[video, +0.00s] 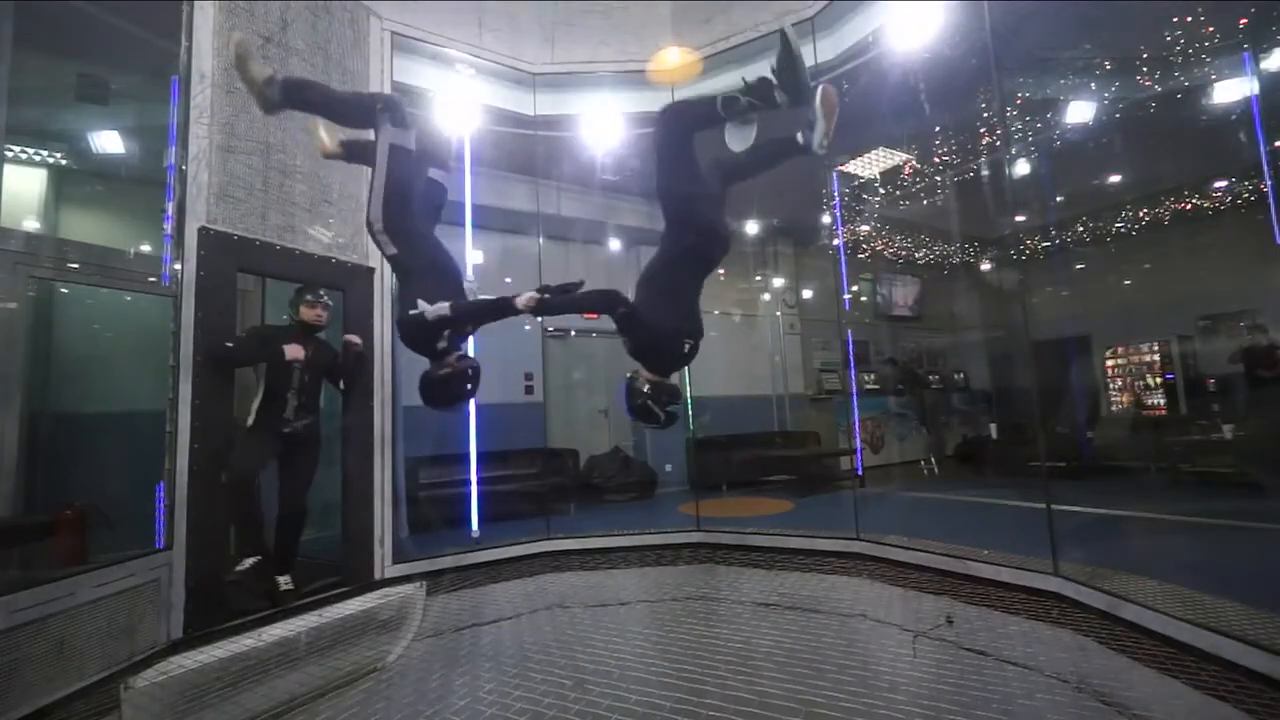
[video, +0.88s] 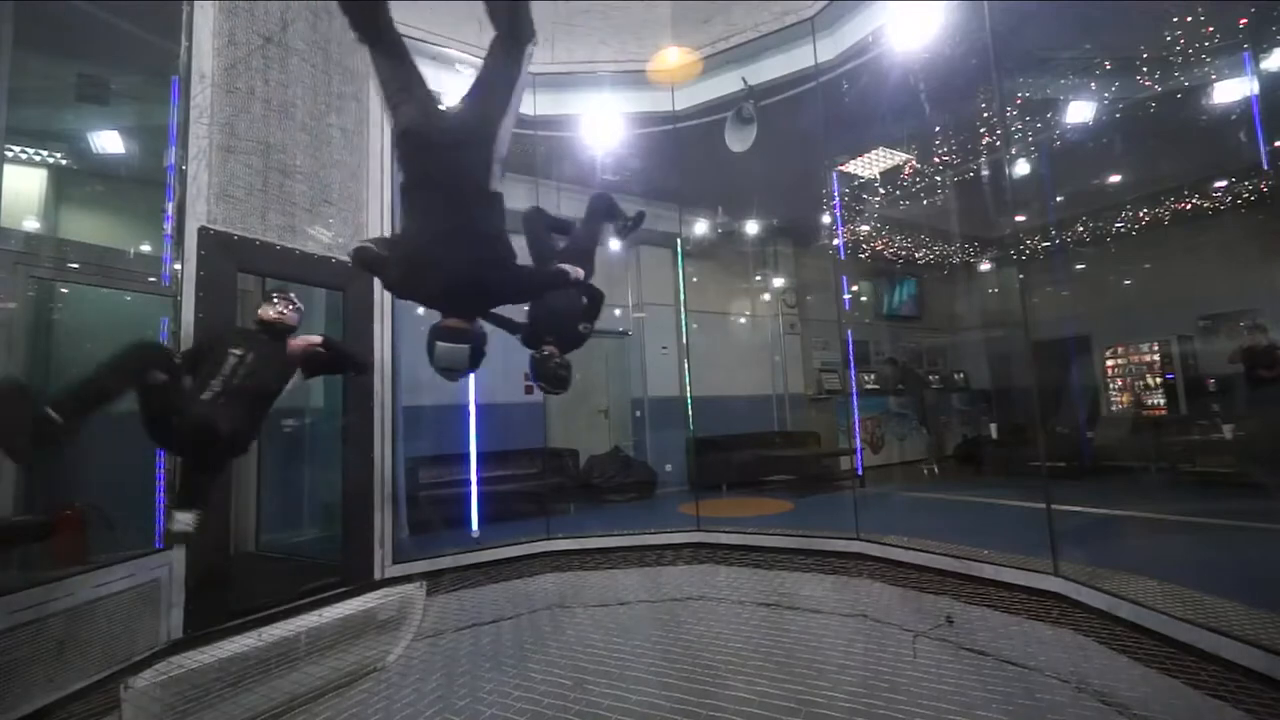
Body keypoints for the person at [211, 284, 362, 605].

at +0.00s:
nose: (319, 312)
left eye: (324, 308)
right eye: (312, 306)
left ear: (329, 314)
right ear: (296, 308)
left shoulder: (325, 351)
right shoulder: (268, 335)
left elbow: (348, 386)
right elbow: (229, 352)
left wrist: (354, 355)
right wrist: (278, 351)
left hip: (303, 436)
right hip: (265, 431)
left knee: (294, 502)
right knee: (240, 478)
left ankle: (283, 571)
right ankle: (252, 552)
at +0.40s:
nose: (314, 315)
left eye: (318, 310)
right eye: (306, 310)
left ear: (321, 318)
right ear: (288, 315)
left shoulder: (318, 352)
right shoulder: (262, 345)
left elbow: (340, 357)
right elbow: (218, 371)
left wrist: (357, 355)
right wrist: (262, 363)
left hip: (298, 440)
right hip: (259, 434)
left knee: (303, 516)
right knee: (226, 452)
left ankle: (282, 575)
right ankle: (211, 529)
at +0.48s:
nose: (310, 317)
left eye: (314, 313)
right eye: (301, 312)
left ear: (320, 322)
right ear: (284, 320)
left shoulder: (317, 355)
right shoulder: (262, 347)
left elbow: (335, 357)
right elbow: (209, 365)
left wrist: (352, 361)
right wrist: (252, 363)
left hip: (295, 446)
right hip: (256, 438)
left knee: (301, 517)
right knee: (216, 445)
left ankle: (281, 577)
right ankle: (191, 518)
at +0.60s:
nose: (305, 312)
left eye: (310, 309)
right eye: (297, 306)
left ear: (314, 321)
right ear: (280, 313)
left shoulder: (312, 352)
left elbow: (329, 356)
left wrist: (341, 356)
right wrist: (218, 349)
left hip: (282, 440)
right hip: (243, 431)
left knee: (288, 516)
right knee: (204, 426)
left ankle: (279, 575)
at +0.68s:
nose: (299, 306)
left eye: (305, 304)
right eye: (291, 301)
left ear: (309, 318)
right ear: (275, 308)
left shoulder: (309, 349)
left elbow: (364, 356)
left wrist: (338, 350)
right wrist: (182, 349)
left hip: (265, 434)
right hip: (222, 419)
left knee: (270, 518)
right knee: (194, 418)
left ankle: (265, 553)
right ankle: (124, 466)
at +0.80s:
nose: (287, 305)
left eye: (294, 304)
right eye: (280, 300)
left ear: (300, 318)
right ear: (263, 307)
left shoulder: (301, 350)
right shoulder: (231, 331)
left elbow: (363, 360)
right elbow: (180, 352)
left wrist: (333, 348)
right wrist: (175, 355)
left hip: (239, 440)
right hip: (199, 423)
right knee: (168, 385)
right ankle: (91, 442)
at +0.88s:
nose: (284, 309)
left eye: (292, 309)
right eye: (278, 303)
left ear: (297, 326)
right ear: (259, 310)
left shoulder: (294, 354)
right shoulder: (225, 336)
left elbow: (356, 364)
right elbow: (179, 361)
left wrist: (320, 344)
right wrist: (162, 378)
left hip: (218, 439)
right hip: (177, 419)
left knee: (218, 420)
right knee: (147, 353)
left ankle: (189, 505)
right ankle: (63, 415)